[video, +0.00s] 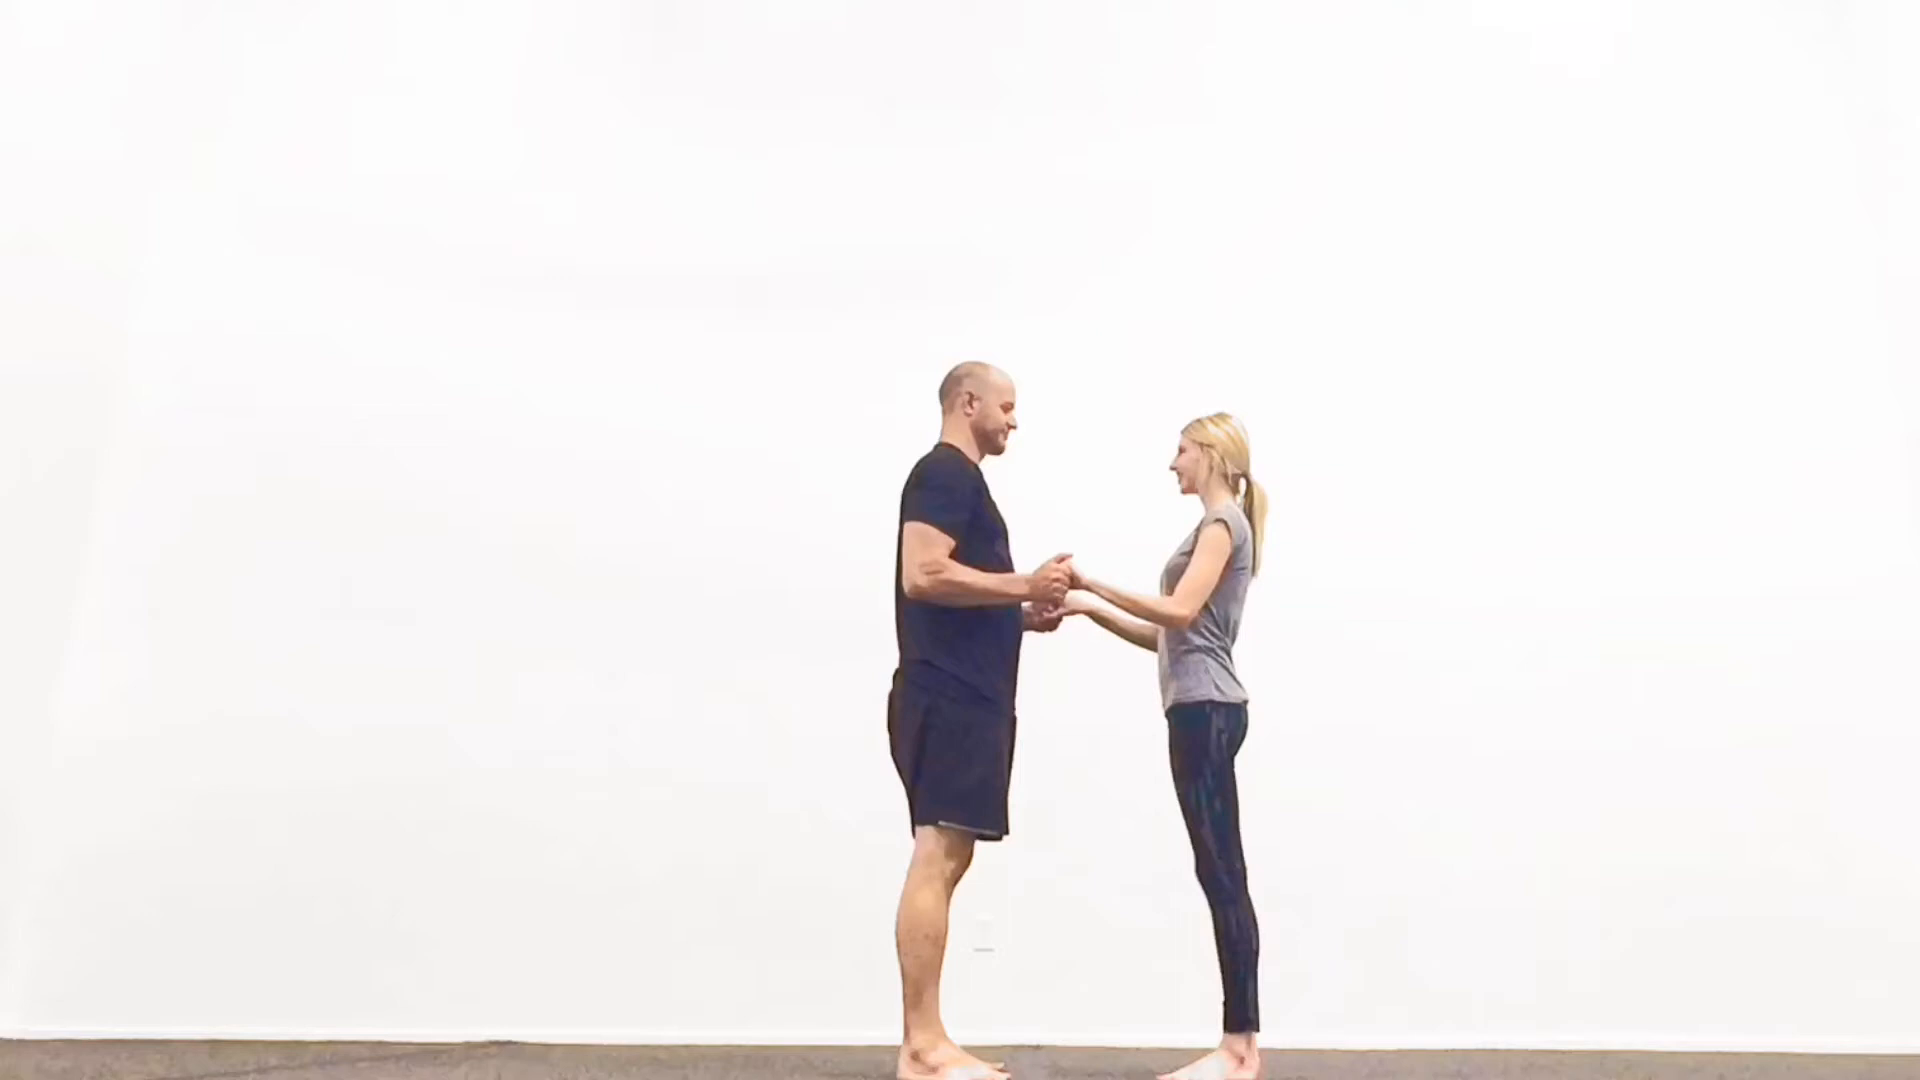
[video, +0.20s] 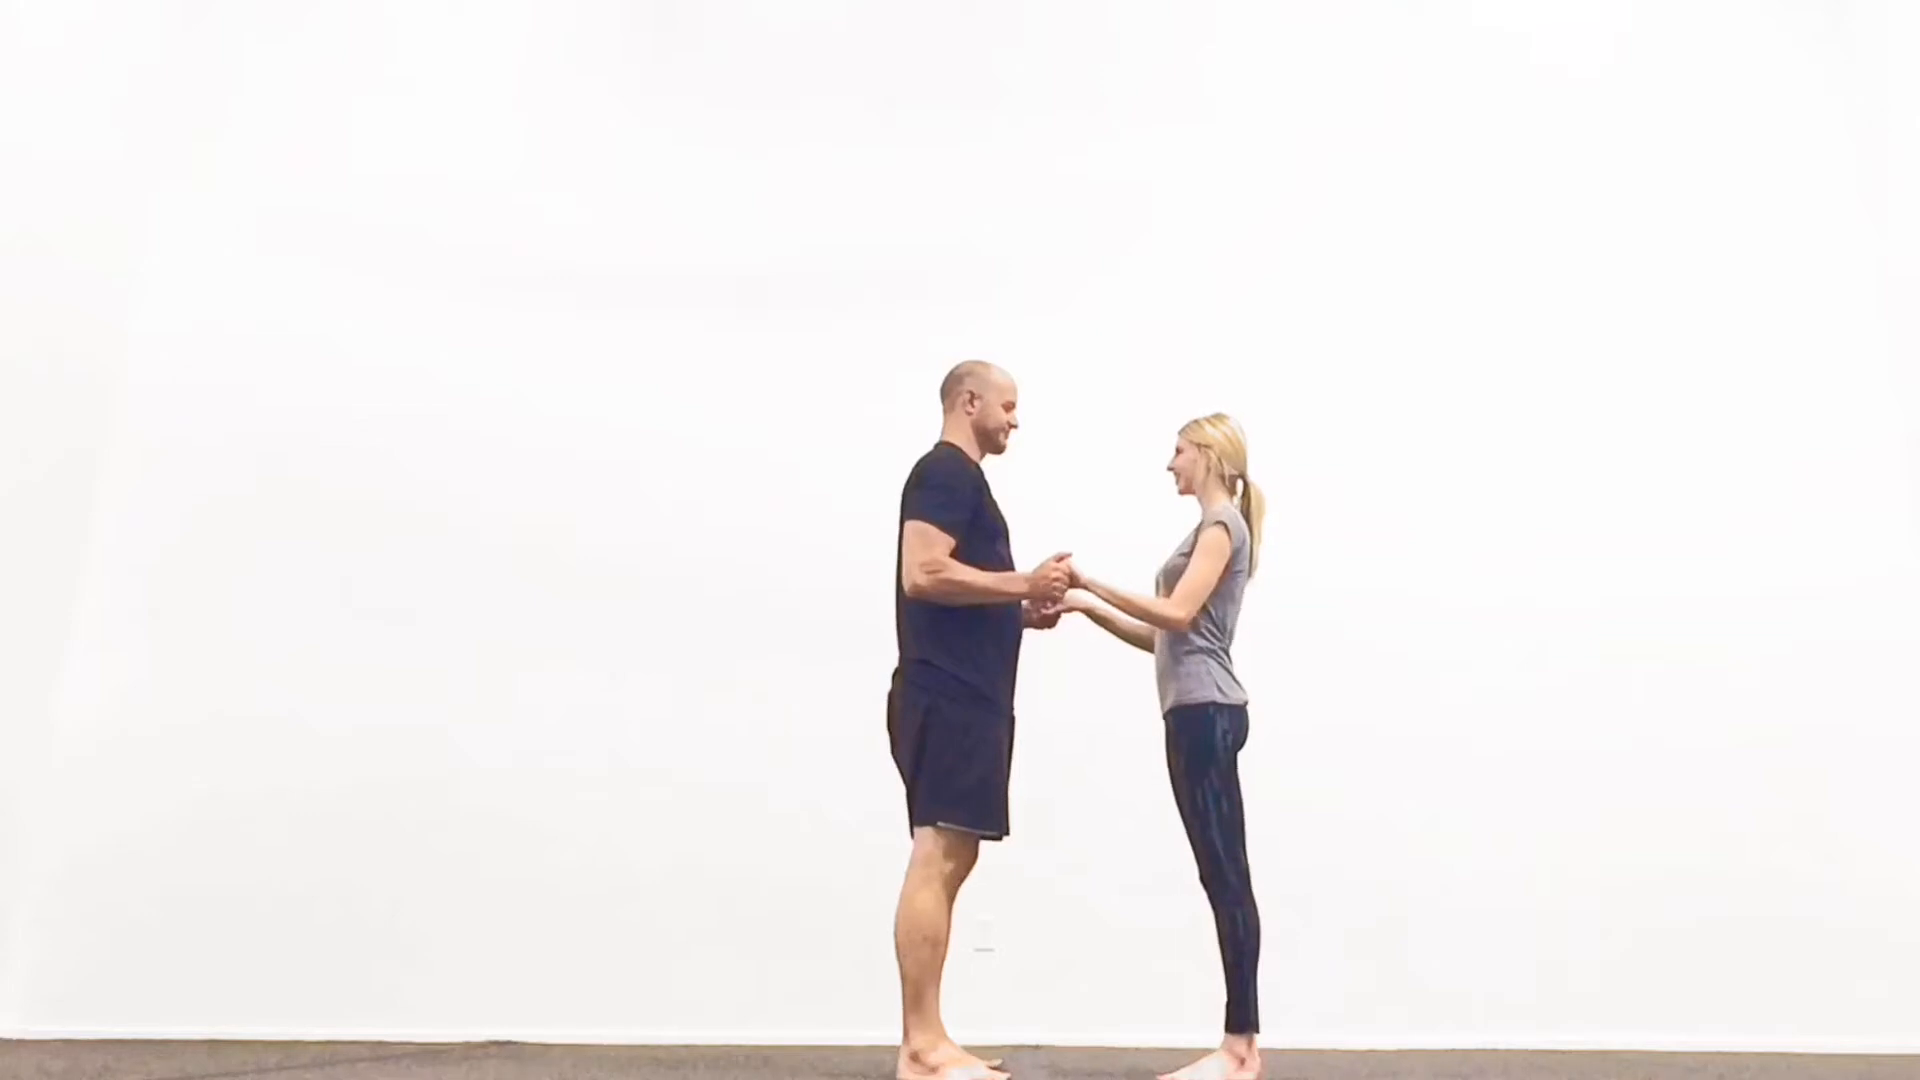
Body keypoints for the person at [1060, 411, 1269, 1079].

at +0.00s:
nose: (1175, 460)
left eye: (1183, 449)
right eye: (1178, 449)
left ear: (1211, 456)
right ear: (1216, 459)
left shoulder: (1221, 522)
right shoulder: (1215, 530)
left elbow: (1180, 610)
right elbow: (1166, 641)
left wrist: (1091, 585)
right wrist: (1092, 606)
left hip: (1205, 705)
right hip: (1198, 705)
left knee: (1220, 874)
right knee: (1220, 875)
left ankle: (1239, 1047)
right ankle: (1240, 1044)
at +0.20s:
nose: (1172, 461)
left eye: (1180, 450)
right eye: (1175, 451)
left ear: (1209, 457)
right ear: (1213, 460)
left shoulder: (1221, 522)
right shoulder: (1212, 531)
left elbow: (1178, 612)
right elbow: (1163, 642)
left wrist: (1088, 583)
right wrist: (1089, 605)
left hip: (1204, 707)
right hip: (1195, 708)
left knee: (1223, 876)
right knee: (1223, 876)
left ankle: (1239, 1048)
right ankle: (1241, 1045)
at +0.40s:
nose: (1166, 462)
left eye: (1175, 450)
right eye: (1170, 451)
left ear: (1206, 456)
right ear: (1211, 459)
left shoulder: (1215, 523)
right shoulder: (1207, 531)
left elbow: (1178, 612)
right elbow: (1160, 639)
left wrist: (1089, 585)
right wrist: (1087, 604)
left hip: (1201, 708)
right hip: (1193, 709)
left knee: (1221, 878)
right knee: (1222, 879)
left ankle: (1239, 1048)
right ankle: (1241, 1045)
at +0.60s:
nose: (1164, 461)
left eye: (1173, 450)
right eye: (1167, 450)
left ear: (1203, 456)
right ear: (1208, 459)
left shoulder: (1209, 522)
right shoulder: (1205, 528)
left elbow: (1168, 610)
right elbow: (1154, 637)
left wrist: (1082, 579)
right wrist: (1082, 600)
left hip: (1196, 708)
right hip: (1191, 708)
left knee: (1219, 878)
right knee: (1220, 878)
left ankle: (1238, 1048)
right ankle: (1241, 1045)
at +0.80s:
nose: (1159, 462)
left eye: (1167, 450)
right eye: (1162, 451)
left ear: (1197, 455)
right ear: (1203, 458)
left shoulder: (1205, 522)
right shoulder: (1201, 528)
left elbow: (1166, 613)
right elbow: (1152, 638)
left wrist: (1079, 582)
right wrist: (1079, 604)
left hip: (1191, 708)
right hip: (1186, 708)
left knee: (1215, 876)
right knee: (1216, 877)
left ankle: (1238, 1047)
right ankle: (1240, 1044)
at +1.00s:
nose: (1160, 463)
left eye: (1168, 451)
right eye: (1163, 452)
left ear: (1196, 455)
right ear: (1205, 459)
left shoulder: (1209, 522)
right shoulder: (1210, 530)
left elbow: (1183, 617)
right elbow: (1161, 641)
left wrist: (1095, 593)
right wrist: (1086, 607)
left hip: (1203, 710)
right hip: (1209, 709)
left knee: (1172, 869)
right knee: (1218, 874)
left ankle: (1232, 1039)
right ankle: (1243, 1039)